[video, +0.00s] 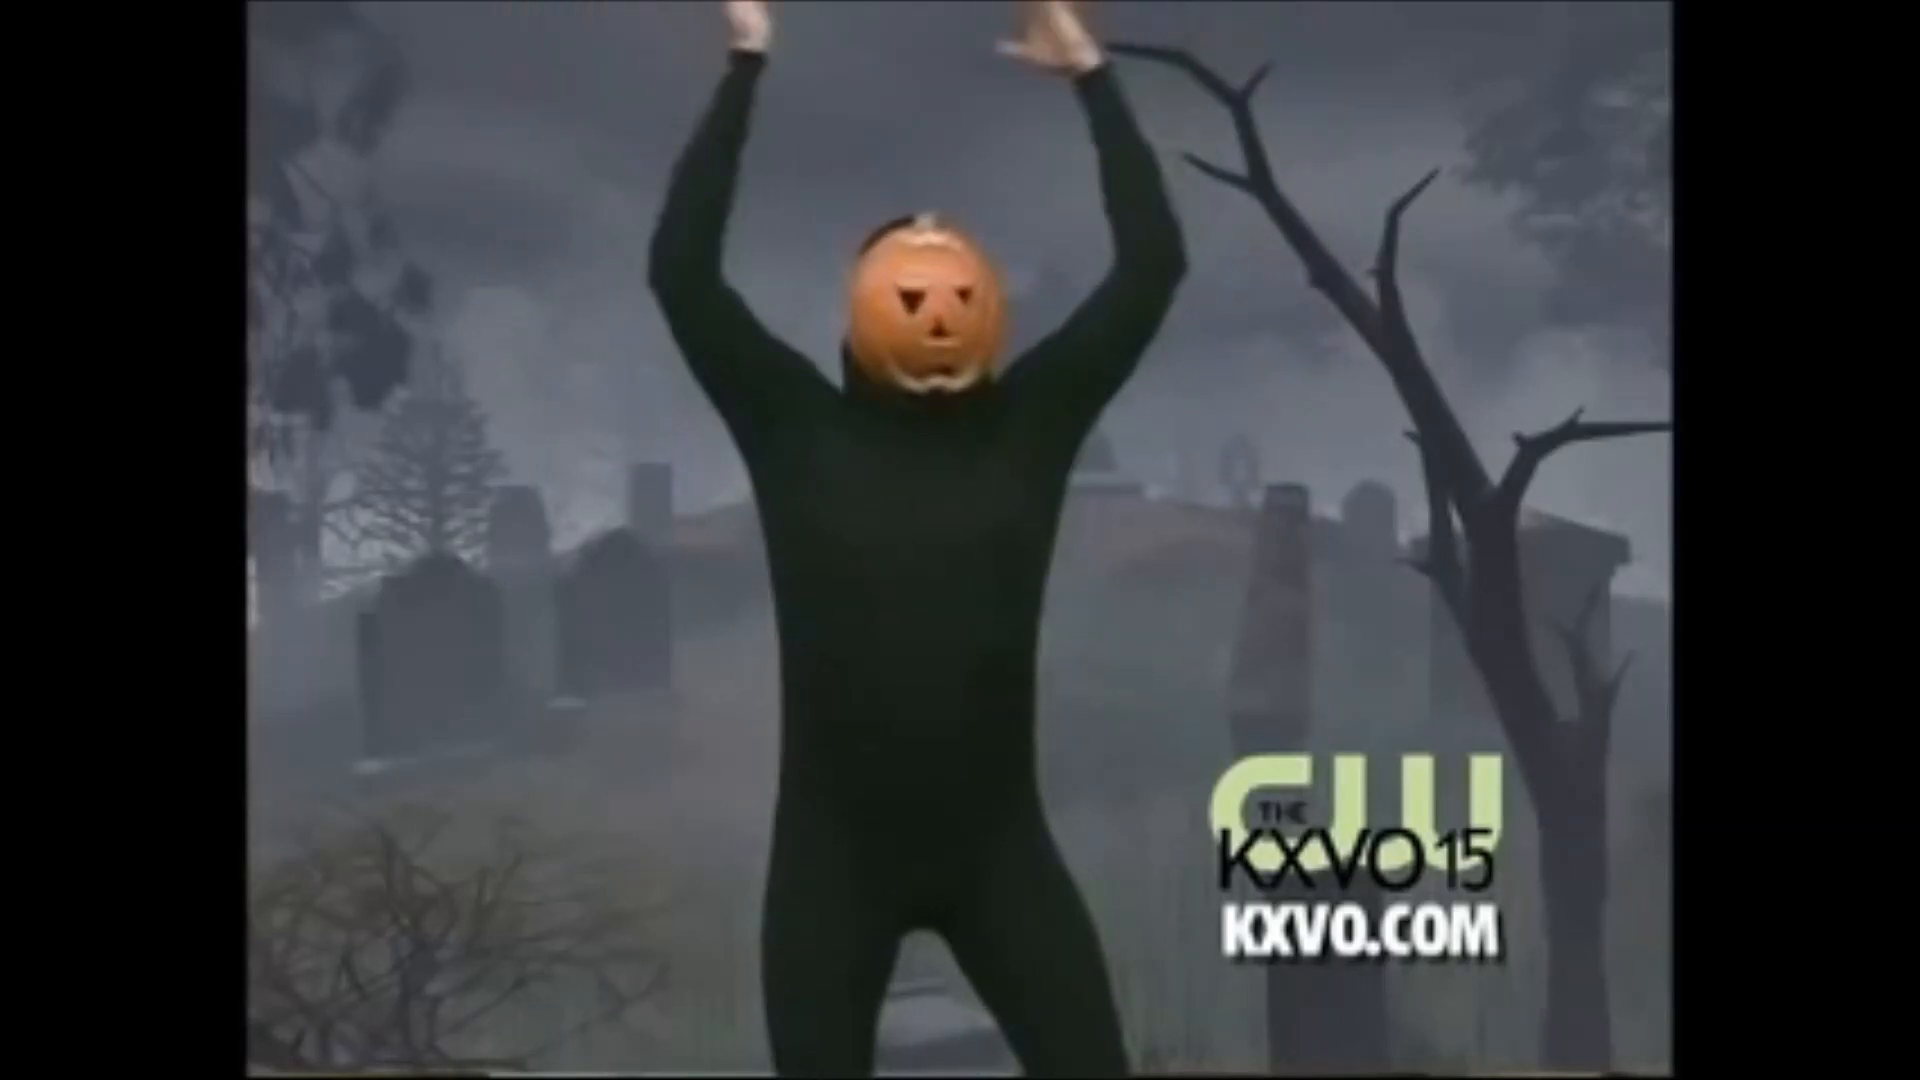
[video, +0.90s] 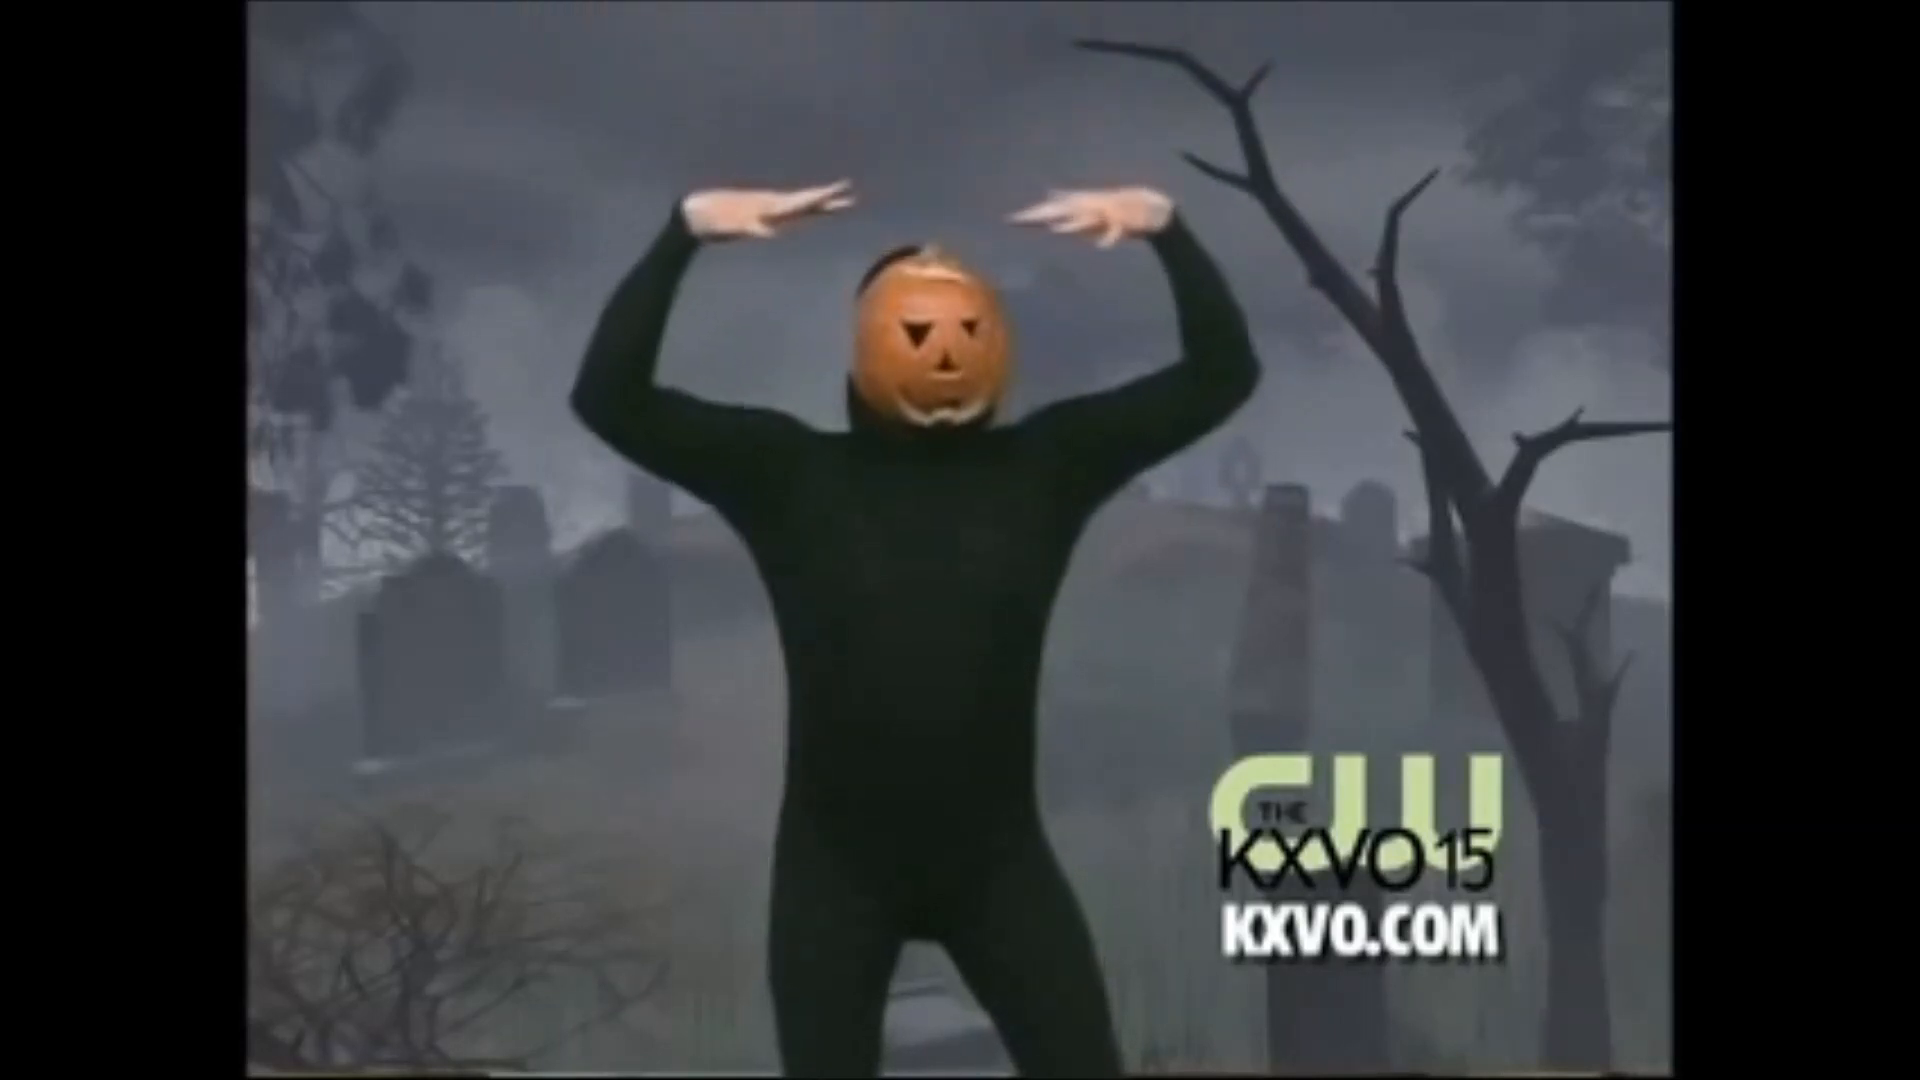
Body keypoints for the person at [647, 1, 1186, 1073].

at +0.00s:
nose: (934, 298)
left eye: (960, 286)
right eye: (901, 284)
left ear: (998, 328)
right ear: (853, 330)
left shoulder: (1033, 425)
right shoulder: (791, 422)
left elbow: (1151, 260)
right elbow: (682, 267)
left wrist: (1090, 71)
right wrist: (744, 62)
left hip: (999, 845)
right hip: (831, 851)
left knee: (1091, 1066)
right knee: (817, 1066)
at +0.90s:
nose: (943, 346)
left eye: (967, 328)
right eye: (911, 328)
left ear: (1002, 358)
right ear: (858, 358)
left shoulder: (1049, 465)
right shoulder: (783, 471)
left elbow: (1221, 372)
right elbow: (610, 396)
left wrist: (1169, 230)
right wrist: (683, 229)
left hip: (998, 861)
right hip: (835, 868)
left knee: (1083, 1065)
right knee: (825, 1068)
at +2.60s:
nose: (893, 304)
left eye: (915, 282)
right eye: (856, 290)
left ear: (948, 310)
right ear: (803, 331)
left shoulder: (972, 451)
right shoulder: (778, 492)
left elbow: (955, 611)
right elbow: (799, 690)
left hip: (962, 777)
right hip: (822, 802)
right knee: (846, 1049)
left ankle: (1028, 1064)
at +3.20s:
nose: (900, 292)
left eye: (926, 267)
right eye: (868, 271)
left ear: (961, 291)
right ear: (816, 297)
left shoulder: (1014, 432)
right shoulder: (773, 468)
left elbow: (1139, 626)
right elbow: (674, 676)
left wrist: (1048, 490)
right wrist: (752, 707)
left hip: (952, 792)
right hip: (804, 812)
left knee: (1127, 971)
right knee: (821, 1062)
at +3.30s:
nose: (924, 195)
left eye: (950, 174)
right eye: (894, 172)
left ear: (985, 203)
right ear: (840, 203)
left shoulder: (1026, 366)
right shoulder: (762, 369)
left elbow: (1106, 581)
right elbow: (692, 538)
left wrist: (950, 510)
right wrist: (748, 662)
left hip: (988, 748)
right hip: (826, 762)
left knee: (1099, 1012)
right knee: (838, 1057)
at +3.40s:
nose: (949, 182)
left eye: (978, 160)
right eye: (920, 158)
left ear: (1017, 183)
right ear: (868, 177)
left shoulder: (1043, 344)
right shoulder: (802, 319)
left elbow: (1078, 582)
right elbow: (729, 515)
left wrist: (886, 541)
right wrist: (732, 691)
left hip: (1010, 754)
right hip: (851, 752)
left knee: (1027, 1050)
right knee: (862, 1053)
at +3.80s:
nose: (985, 263)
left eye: (1021, 244)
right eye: (960, 235)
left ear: (1066, 269)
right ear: (918, 249)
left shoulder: (1056, 432)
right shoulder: (950, 392)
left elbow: (843, 569)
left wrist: (820, 340)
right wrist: (836, 555)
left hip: (1051, 808)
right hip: (922, 780)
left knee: (1036, 1062)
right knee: (678, 919)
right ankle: (809, 1073)